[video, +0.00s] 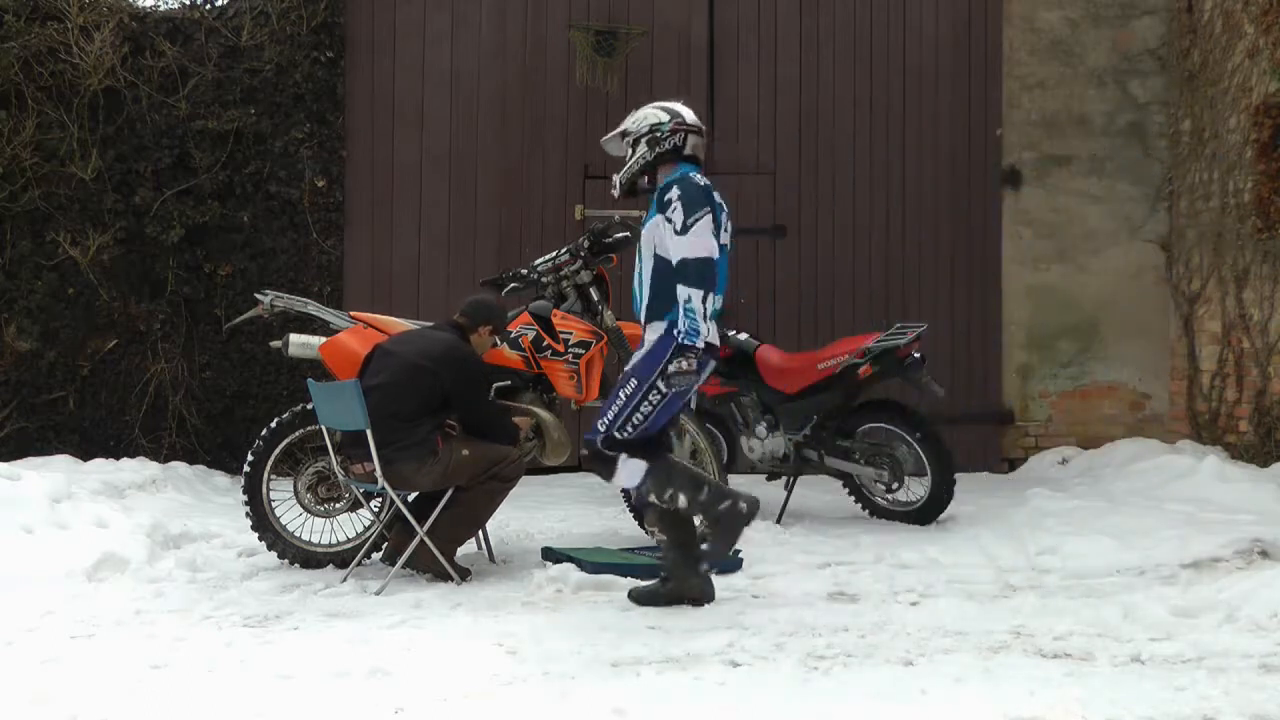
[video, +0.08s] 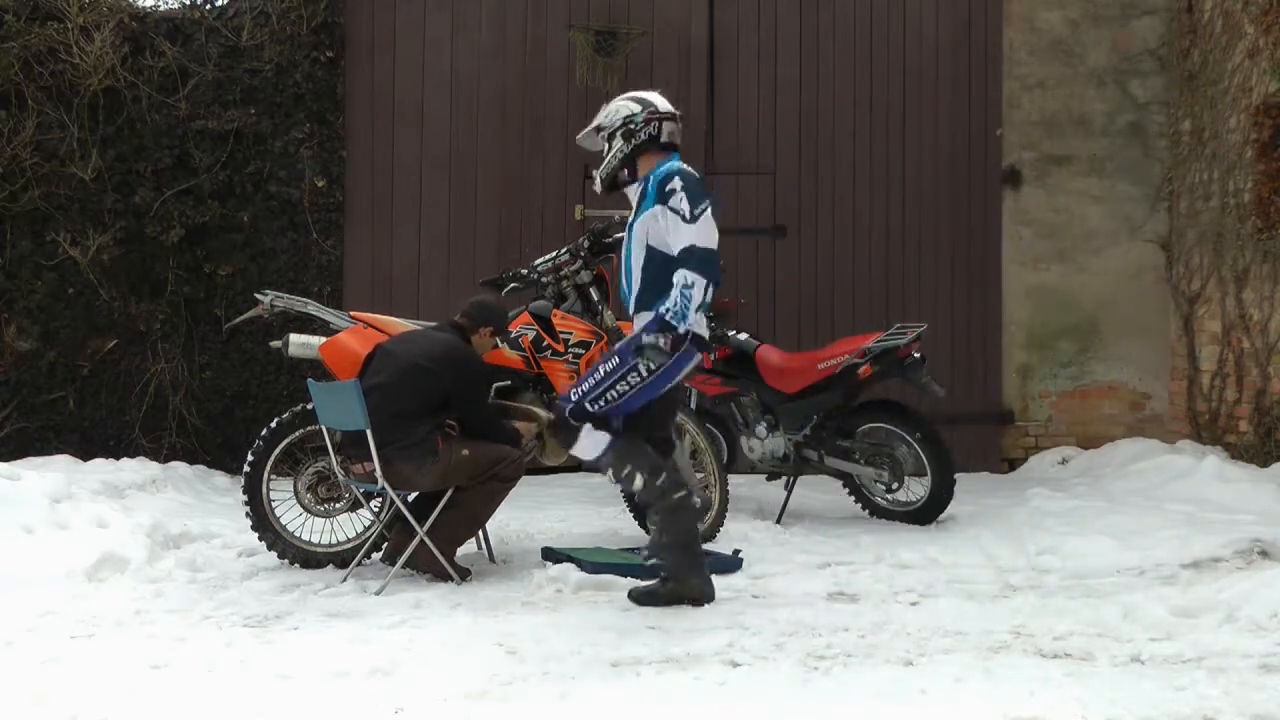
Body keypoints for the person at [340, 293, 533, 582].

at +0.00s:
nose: (492, 347)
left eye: (495, 341)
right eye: (494, 340)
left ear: (461, 318)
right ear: (484, 331)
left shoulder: (406, 338)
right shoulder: (463, 359)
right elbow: (481, 424)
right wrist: (514, 428)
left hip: (357, 455)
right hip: (399, 461)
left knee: (466, 453)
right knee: (508, 464)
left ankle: (402, 542)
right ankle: (435, 551)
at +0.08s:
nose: (493, 347)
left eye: (496, 341)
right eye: (495, 339)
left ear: (460, 319)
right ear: (483, 332)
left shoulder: (408, 338)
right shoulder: (466, 362)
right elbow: (478, 427)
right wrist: (516, 433)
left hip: (359, 452)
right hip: (399, 462)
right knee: (508, 463)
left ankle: (403, 541)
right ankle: (435, 551)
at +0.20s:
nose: (495, 352)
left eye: (499, 346)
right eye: (497, 344)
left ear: (464, 320)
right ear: (486, 334)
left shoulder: (406, 339)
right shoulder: (467, 363)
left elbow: (366, 392)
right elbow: (480, 427)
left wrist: (434, 424)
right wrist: (518, 441)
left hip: (359, 453)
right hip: (398, 462)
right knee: (508, 463)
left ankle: (403, 543)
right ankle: (435, 551)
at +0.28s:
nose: (496, 352)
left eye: (500, 346)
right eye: (498, 345)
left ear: (465, 321)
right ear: (487, 335)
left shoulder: (409, 338)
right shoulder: (467, 362)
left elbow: (366, 388)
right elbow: (479, 428)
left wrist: (434, 423)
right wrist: (518, 443)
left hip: (361, 451)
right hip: (399, 461)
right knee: (508, 464)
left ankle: (403, 543)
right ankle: (435, 551)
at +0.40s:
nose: (499, 352)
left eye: (502, 345)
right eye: (501, 344)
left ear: (467, 323)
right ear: (490, 337)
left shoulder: (412, 339)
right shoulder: (468, 362)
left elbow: (366, 388)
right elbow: (486, 430)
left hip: (360, 453)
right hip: (399, 463)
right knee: (504, 463)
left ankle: (403, 543)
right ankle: (435, 552)